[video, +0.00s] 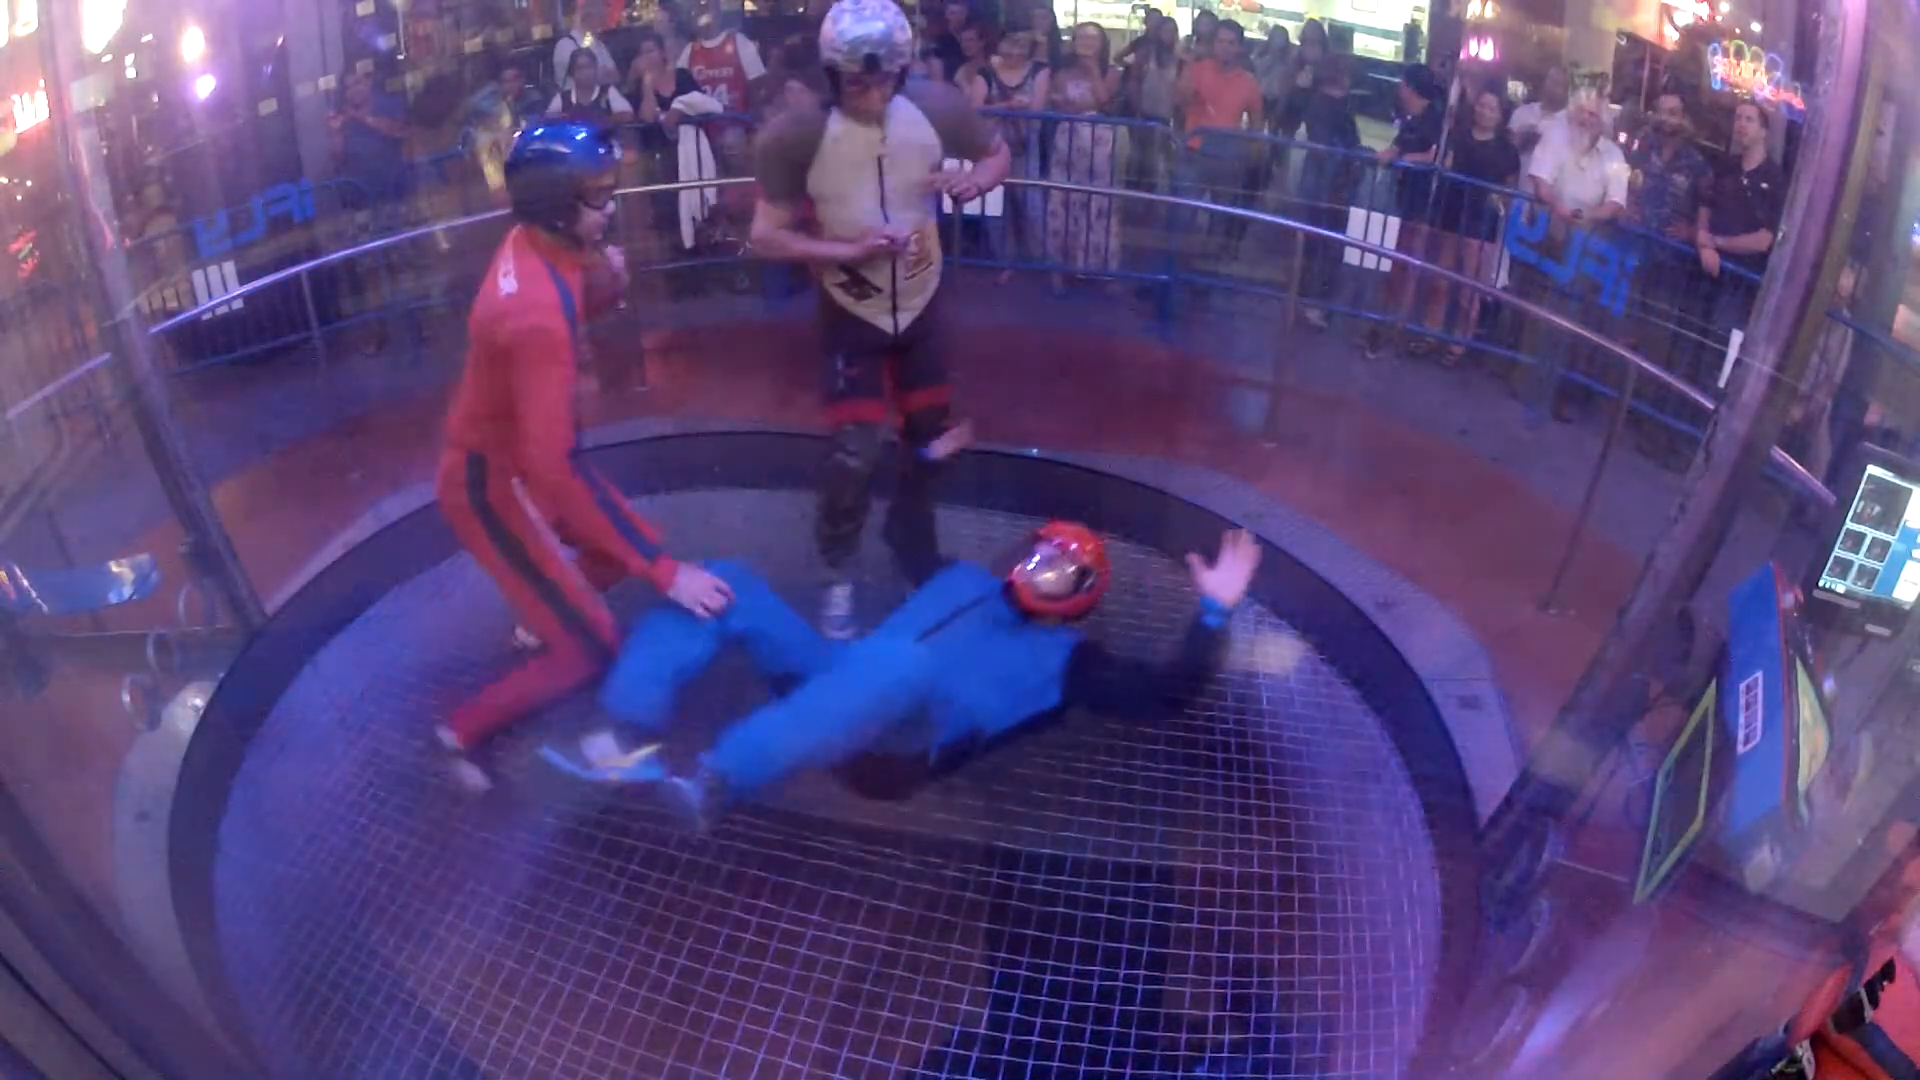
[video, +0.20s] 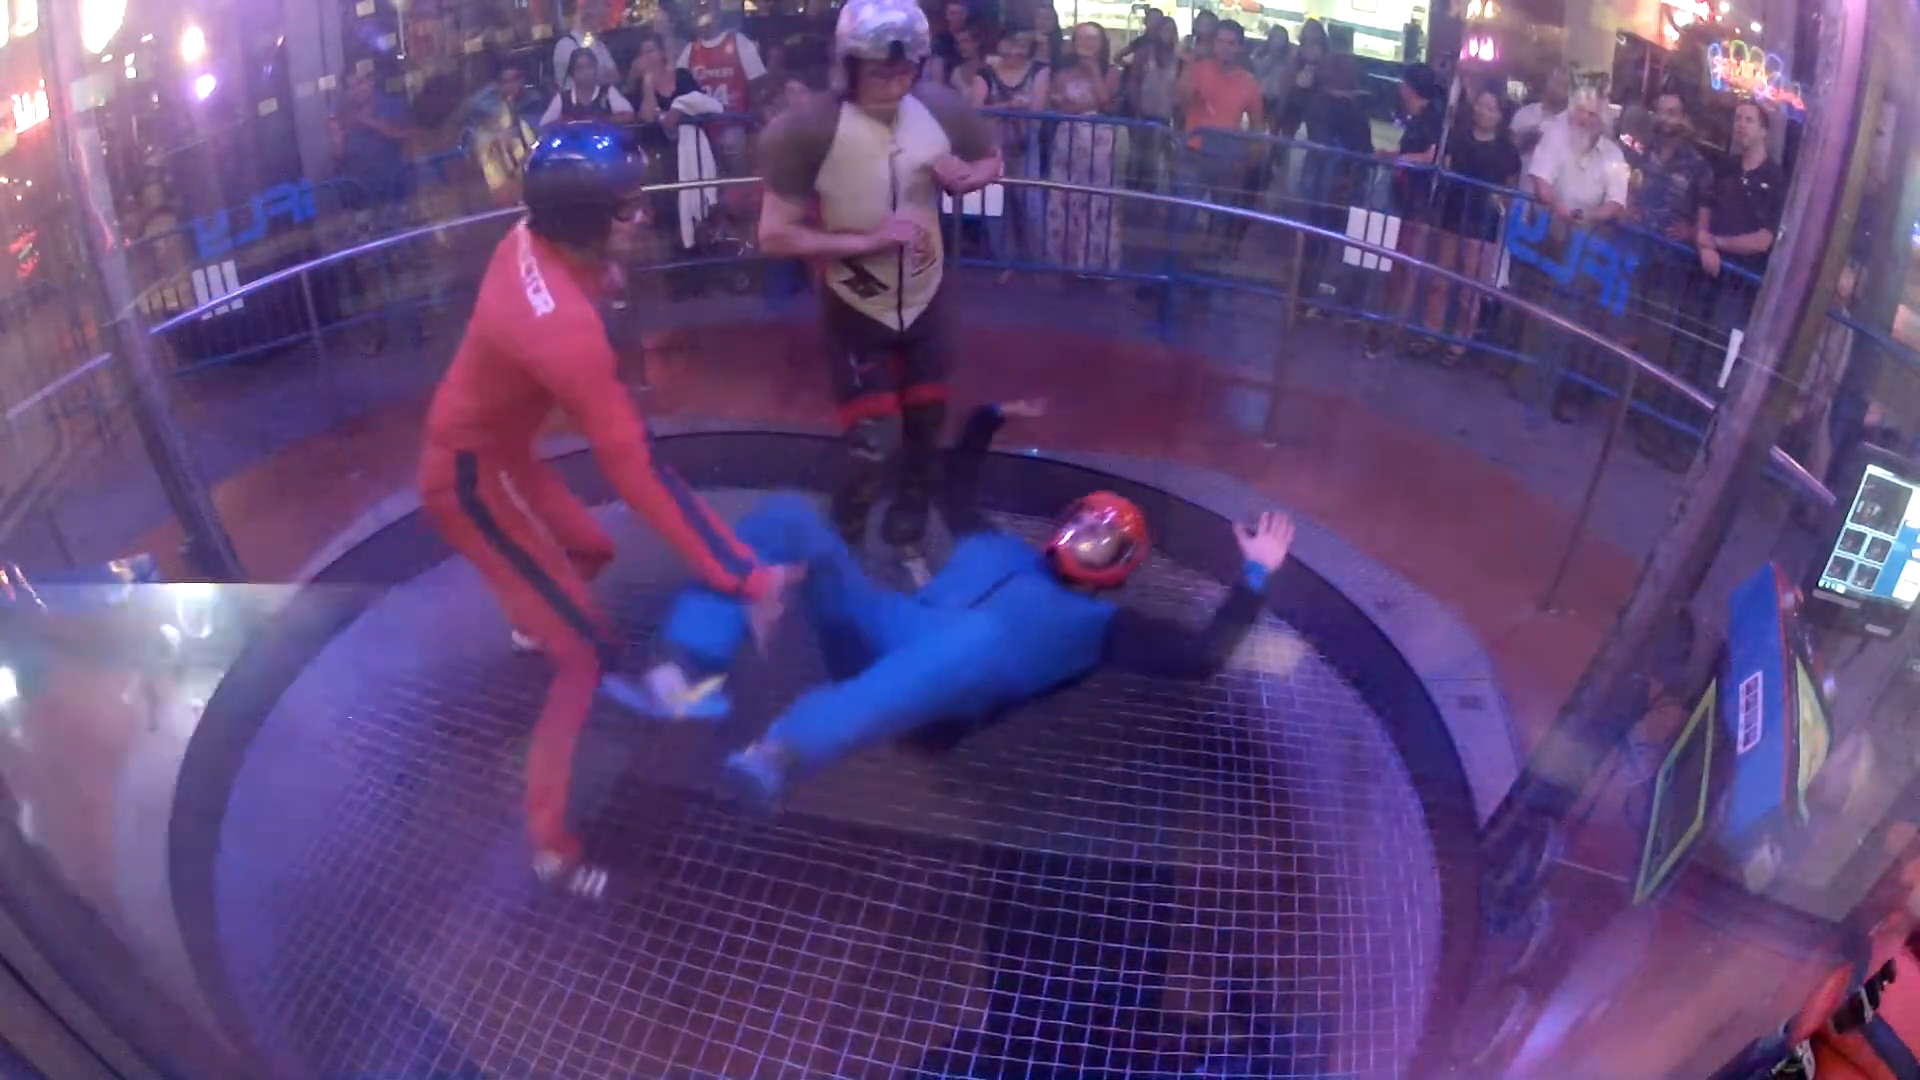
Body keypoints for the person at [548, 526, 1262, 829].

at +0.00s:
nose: (1043, 568)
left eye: (1064, 567)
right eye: (1041, 553)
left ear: (1083, 594)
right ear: (1020, 552)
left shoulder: (1072, 665)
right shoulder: (965, 583)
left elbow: (1170, 698)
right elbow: (906, 533)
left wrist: (1215, 610)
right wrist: (927, 461)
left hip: (896, 750)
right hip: (833, 698)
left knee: (903, 663)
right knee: (717, 584)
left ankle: (711, 783)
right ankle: (624, 732)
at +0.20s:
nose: (1091, 535)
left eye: (1111, 538)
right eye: (1086, 520)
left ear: (1121, 566)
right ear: (1060, 520)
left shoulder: (1101, 625)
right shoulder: (1000, 542)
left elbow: (1199, 657)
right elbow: (958, 489)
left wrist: (1256, 577)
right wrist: (988, 418)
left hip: (943, 684)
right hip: (882, 625)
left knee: (964, 648)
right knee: (787, 513)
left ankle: (780, 753)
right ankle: (687, 668)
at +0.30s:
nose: (1112, 515)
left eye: (1130, 519)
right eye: (1109, 502)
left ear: (1140, 545)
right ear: (1085, 502)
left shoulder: (1120, 604)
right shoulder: (1023, 524)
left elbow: (1223, 625)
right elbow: (975, 473)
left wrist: (1275, 557)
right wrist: (1019, 405)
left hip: (948, 664)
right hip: (892, 607)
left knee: (997, 613)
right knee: (812, 479)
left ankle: (799, 709)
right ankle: (702, 623)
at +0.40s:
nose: (1133, 492)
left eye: (1151, 496)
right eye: (1130, 480)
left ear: (1160, 527)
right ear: (1106, 482)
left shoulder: (1139, 590)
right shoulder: (1054, 504)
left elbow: (1248, 595)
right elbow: (1001, 470)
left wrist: (1292, 520)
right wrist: (1045, 399)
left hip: (964, 633)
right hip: (916, 566)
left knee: (1022, 535)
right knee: (835, 443)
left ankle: (822, 636)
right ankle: (703, 539)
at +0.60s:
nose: (1173, 426)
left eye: (1189, 433)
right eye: (1170, 419)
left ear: (1197, 465)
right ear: (1147, 427)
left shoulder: (1182, 520)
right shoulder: (1086, 458)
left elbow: (1277, 526)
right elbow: (1043, 422)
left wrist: (1322, 451)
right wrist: (1092, 362)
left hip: (1005, 562)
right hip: (947, 518)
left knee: (1023, 427)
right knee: (857, 377)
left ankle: (833, 490)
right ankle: (717, 476)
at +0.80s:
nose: (1206, 356)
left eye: (1226, 361)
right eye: (1204, 347)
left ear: (1240, 393)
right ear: (1183, 352)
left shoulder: (1219, 444)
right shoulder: (1133, 379)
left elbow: (1319, 452)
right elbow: (1073, 362)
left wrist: (1365, 380)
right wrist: (1119, 296)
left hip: (1052, 474)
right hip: (1008, 428)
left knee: (1054, 325)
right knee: (882, 309)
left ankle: (855, 402)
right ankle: (720, 386)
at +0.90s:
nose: (1223, 317)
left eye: (1243, 323)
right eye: (1221, 308)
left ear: (1253, 357)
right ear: (1197, 313)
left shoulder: (1234, 406)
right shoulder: (1147, 340)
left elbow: (1335, 422)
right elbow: (1092, 308)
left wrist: (1380, 347)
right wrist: (1138, 258)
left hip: (1061, 442)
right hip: (1007, 398)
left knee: (1069, 289)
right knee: (916, 258)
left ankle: (868, 360)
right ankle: (757, 335)